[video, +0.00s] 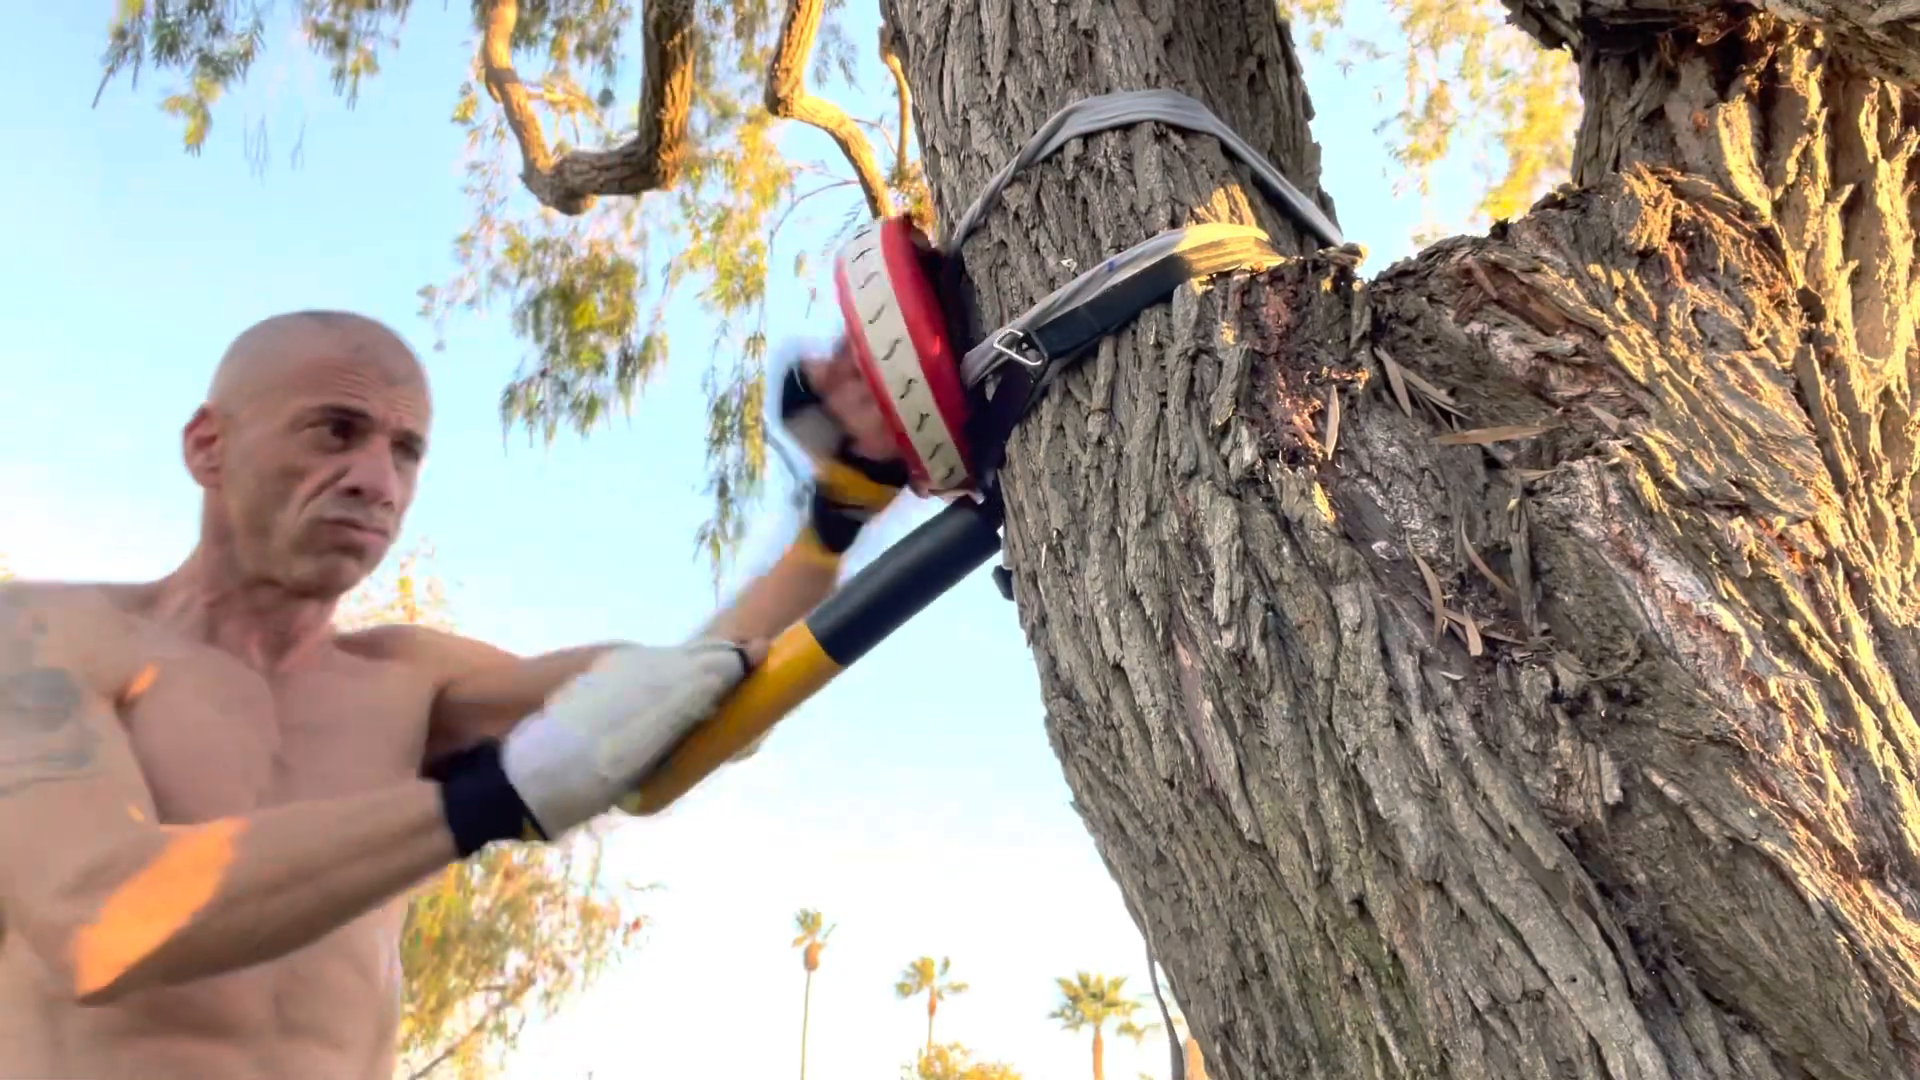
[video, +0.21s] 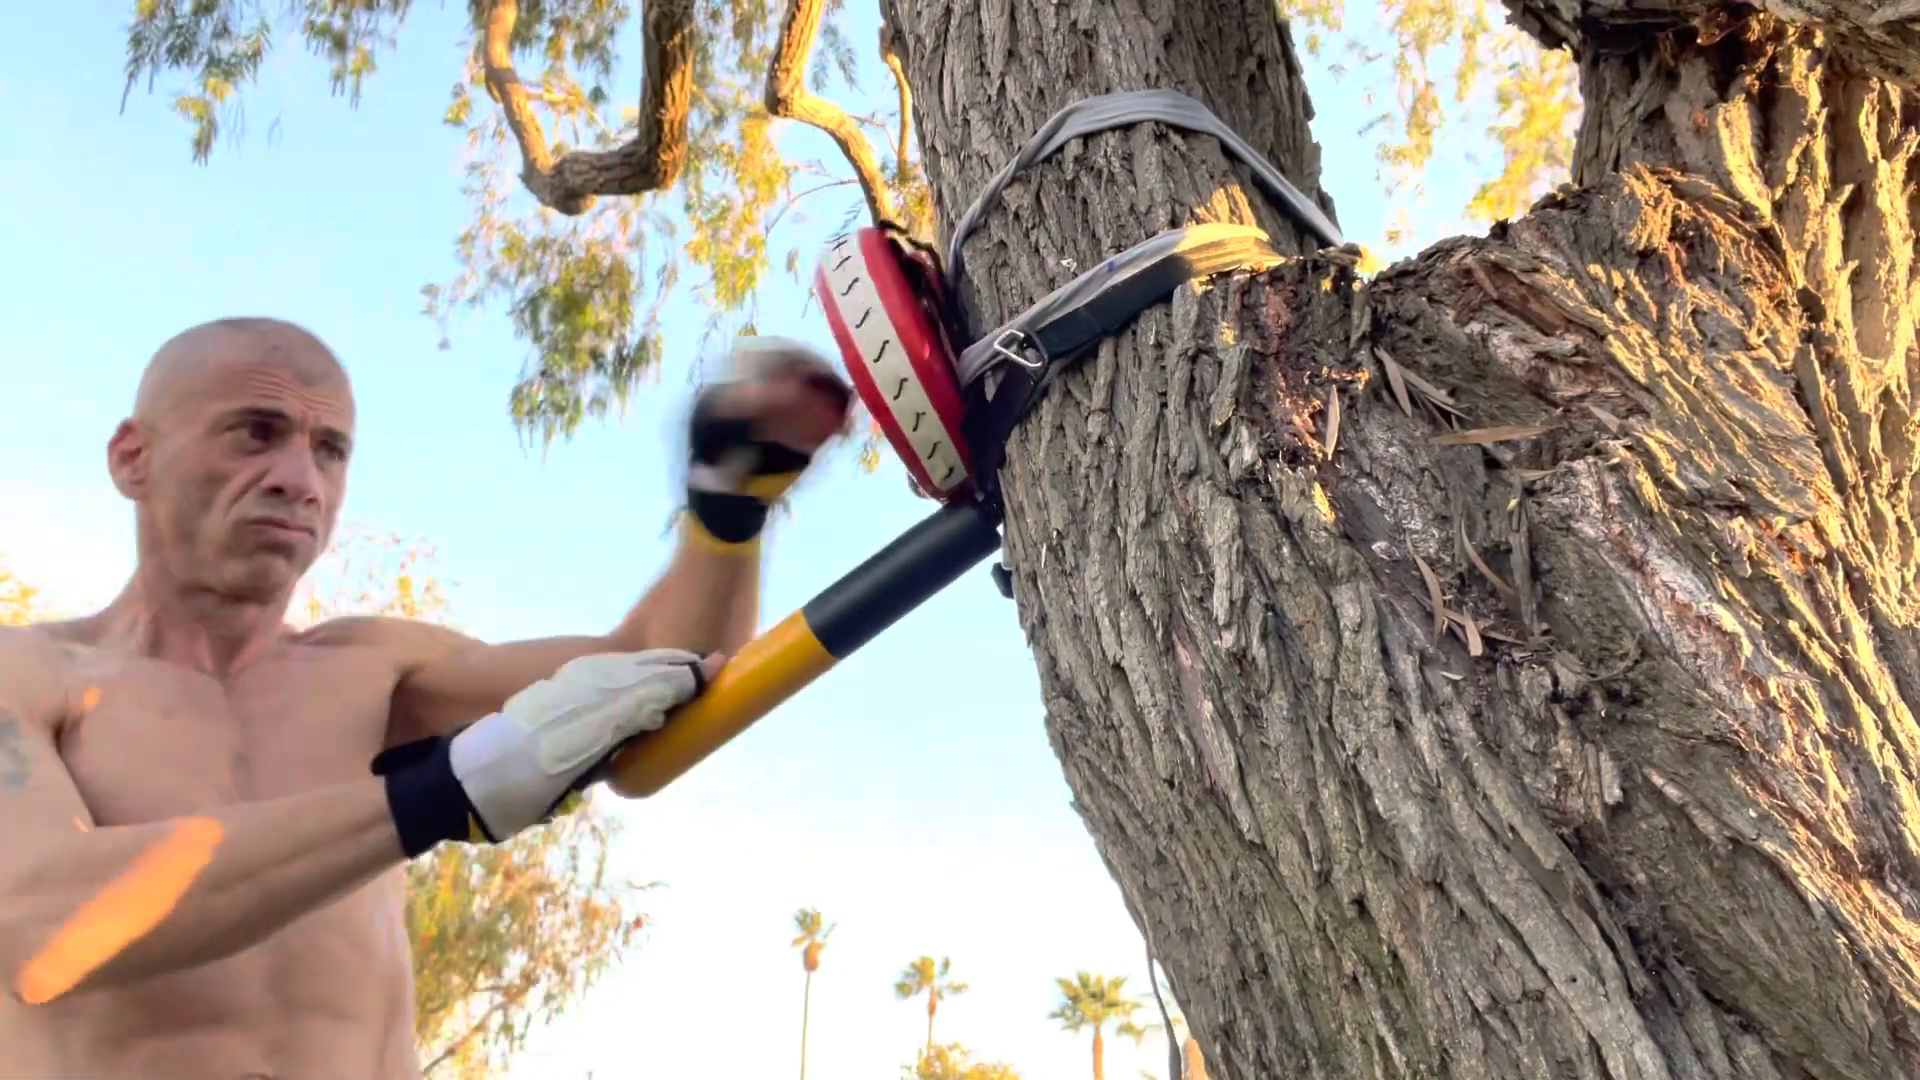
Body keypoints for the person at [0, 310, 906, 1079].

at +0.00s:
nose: (377, 480)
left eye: (404, 453)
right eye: (336, 430)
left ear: (418, 484)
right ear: (210, 449)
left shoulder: (412, 675)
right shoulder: (47, 638)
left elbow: (675, 716)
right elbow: (109, 927)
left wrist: (838, 514)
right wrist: (500, 792)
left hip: (340, 1062)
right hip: (96, 1065)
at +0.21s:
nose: (298, 480)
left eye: (329, 451)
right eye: (252, 432)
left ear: (346, 488)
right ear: (132, 459)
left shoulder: (377, 664)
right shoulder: (31, 673)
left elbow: (646, 721)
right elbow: (47, 931)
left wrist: (730, 504)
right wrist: (442, 792)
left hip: (362, 1058)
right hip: (115, 1064)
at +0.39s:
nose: (422, 471)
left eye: (450, 443)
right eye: (377, 429)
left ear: (474, 470)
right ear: (259, 459)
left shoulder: (499, 673)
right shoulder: (128, 725)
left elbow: (495, 520)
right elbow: (96, 1024)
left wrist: (82, 538)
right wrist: (453, 824)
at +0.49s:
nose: (512, 444)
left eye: (541, 419)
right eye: (468, 404)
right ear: (352, 444)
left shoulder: (575, 642)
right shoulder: (235, 729)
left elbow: (590, 457)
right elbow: (136, 1046)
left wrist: (240, 559)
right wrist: (461, 842)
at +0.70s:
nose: (632, 420)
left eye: (663, 399)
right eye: (591, 384)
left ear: (695, 433)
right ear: (494, 418)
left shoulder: (706, 613)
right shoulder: (367, 686)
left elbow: (875, 454)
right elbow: (174, 1029)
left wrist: (485, 477)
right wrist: (446, 858)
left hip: (635, 1056)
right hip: (397, 1062)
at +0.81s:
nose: (581, 469)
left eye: (622, 440)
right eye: (551, 430)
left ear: (652, 484)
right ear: (474, 461)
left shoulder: (670, 635)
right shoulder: (326, 706)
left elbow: (848, 526)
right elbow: (148, 1033)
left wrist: (498, 404)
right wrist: (435, 855)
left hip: (609, 1055)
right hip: (383, 1059)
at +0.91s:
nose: (549, 493)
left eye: (575, 467)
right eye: (503, 457)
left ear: (604, 502)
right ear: (411, 475)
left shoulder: (629, 654)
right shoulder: (262, 701)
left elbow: (875, 694)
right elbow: (87, 1044)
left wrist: (696, 480)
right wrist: (362, 797)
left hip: (567, 1053)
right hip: (323, 1062)